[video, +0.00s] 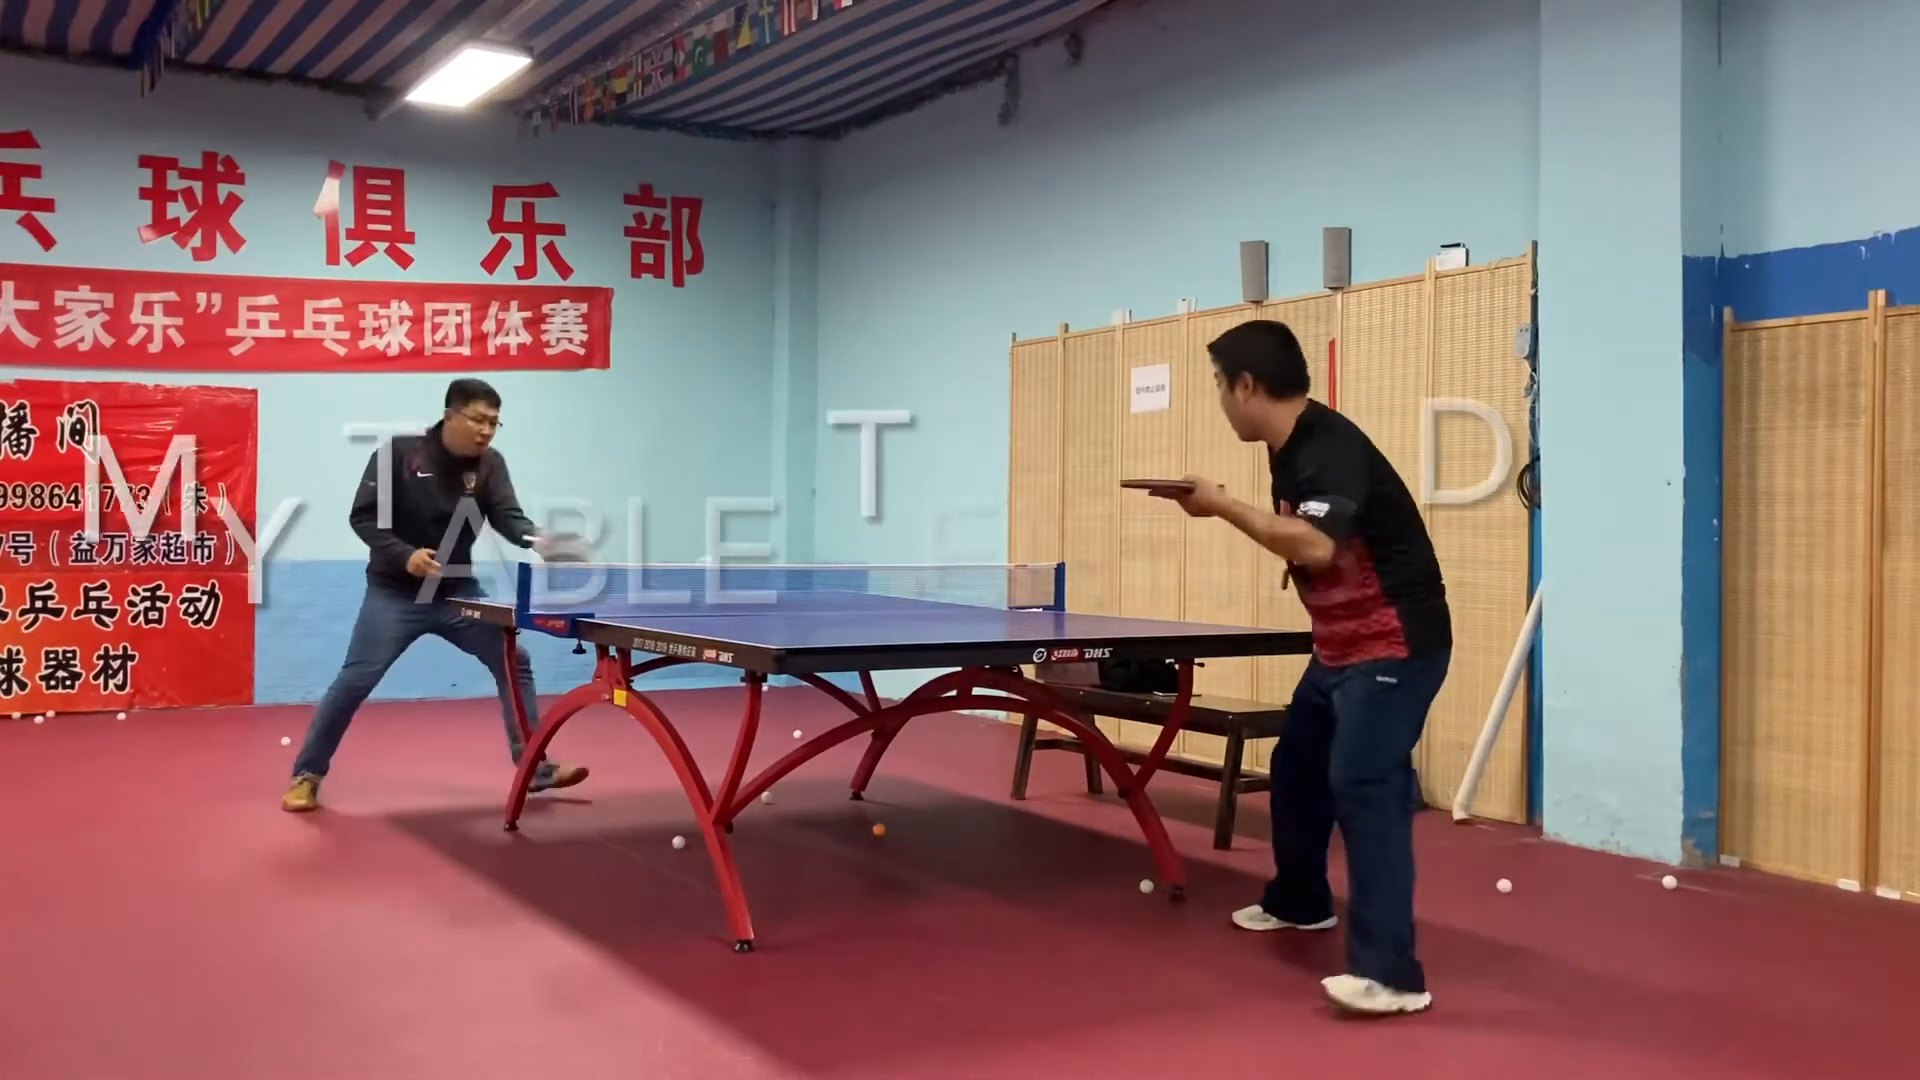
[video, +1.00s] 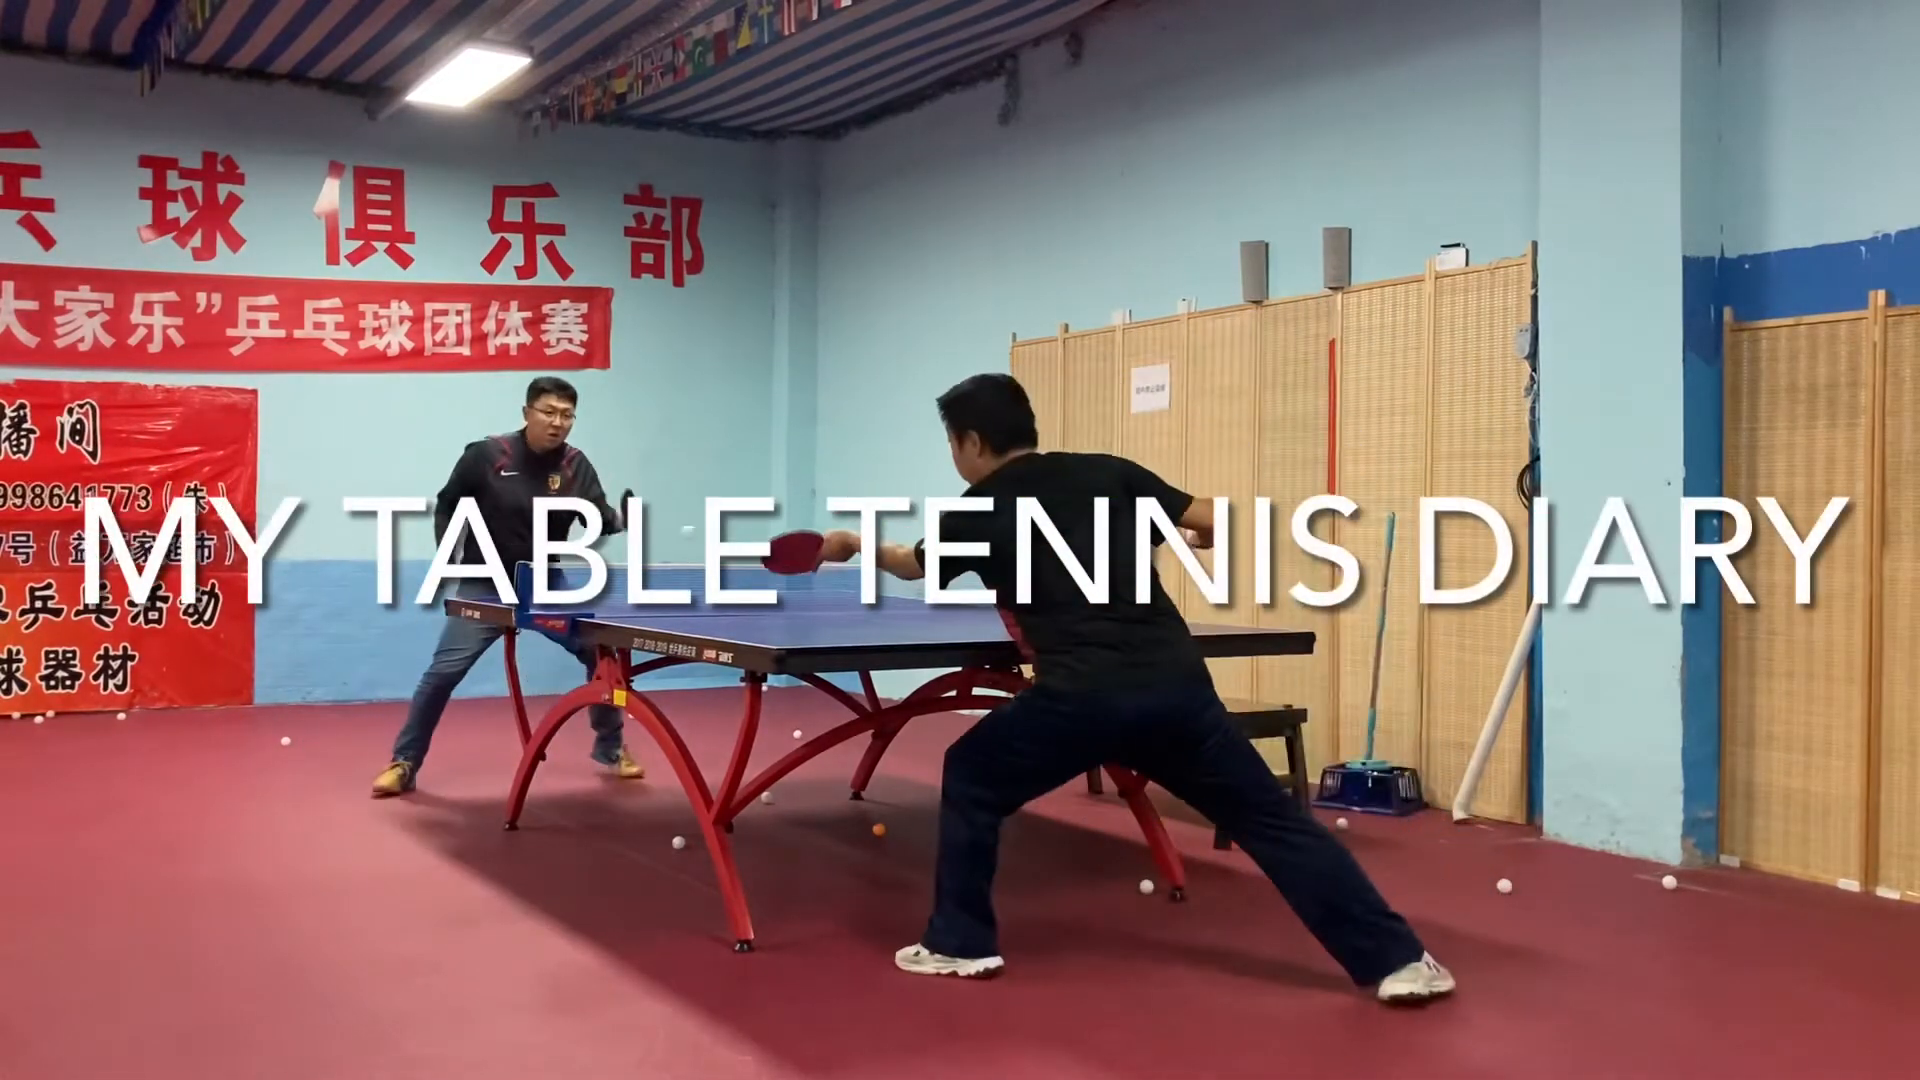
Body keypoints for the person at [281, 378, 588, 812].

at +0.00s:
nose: (487, 430)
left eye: (493, 423)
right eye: (478, 420)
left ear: (496, 425)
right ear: (450, 417)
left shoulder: (489, 464)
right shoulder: (398, 453)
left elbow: (507, 515)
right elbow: (363, 517)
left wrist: (536, 538)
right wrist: (404, 554)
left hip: (457, 594)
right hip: (394, 595)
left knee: (513, 659)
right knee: (358, 676)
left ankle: (534, 766)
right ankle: (307, 775)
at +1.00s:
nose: (558, 422)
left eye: (566, 415)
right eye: (548, 413)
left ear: (573, 419)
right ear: (527, 413)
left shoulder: (576, 465)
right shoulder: (485, 456)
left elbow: (598, 521)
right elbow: (446, 510)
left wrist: (620, 518)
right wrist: (460, 568)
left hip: (547, 587)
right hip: (484, 587)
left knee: (604, 650)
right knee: (443, 672)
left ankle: (610, 750)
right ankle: (404, 764)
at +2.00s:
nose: (483, 432)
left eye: (491, 423)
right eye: (473, 423)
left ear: (502, 426)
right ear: (455, 426)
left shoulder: (523, 469)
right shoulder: (432, 470)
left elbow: (543, 537)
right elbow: (404, 535)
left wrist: (537, 594)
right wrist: (390, 591)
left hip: (517, 590)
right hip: (459, 593)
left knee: (561, 668)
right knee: (436, 668)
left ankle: (577, 745)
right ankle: (408, 767)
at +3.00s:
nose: (495, 421)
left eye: (503, 414)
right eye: (486, 413)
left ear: (512, 418)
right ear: (468, 414)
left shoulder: (524, 460)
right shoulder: (439, 453)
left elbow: (524, 518)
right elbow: (405, 506)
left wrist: (493, 542)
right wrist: (371, 551)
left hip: (504, 578)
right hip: (450, 575)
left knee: (545, 656)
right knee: (424, 658)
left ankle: (578, 743)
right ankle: (399, 752)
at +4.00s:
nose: (454, 399)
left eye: (461, 391)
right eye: (444, 391)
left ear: (469, 397)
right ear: (423, 397)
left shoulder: (487, 443)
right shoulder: (398, 446)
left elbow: (510, 499)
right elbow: (371, 510)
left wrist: (514, 530)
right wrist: (385, 539)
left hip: (488, 577)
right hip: (426, 577)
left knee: (531, 652)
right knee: (403, 664)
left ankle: (543, 738)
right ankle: (396, 754)